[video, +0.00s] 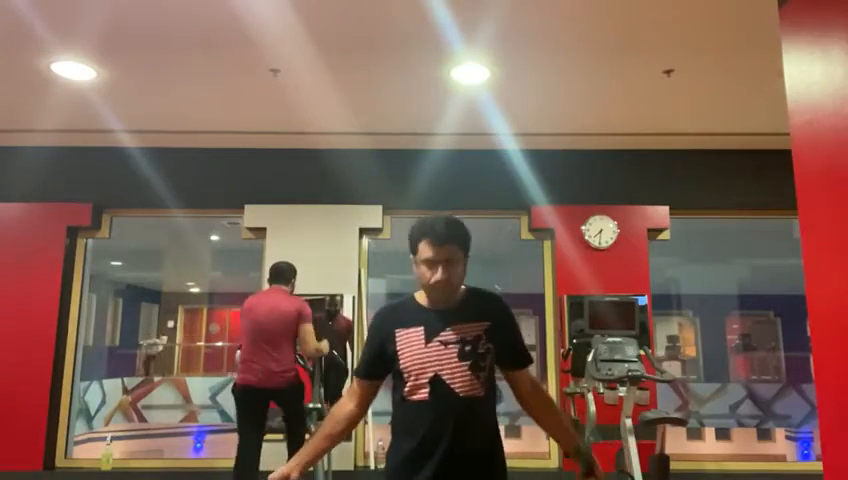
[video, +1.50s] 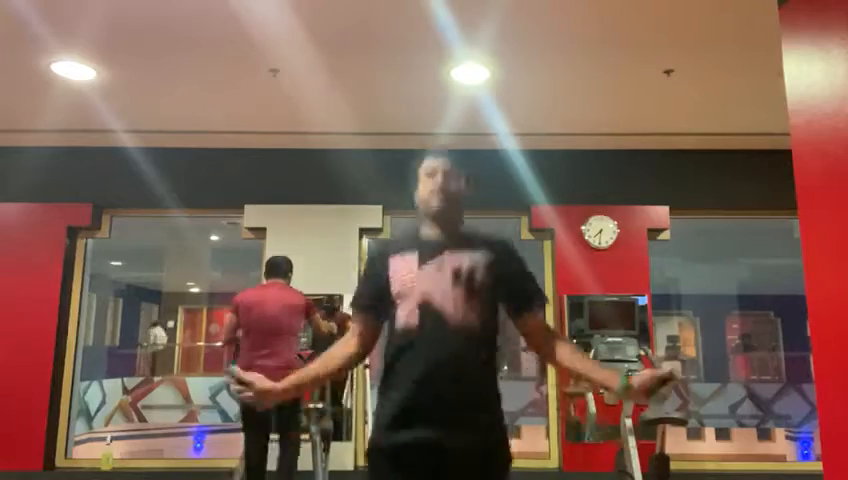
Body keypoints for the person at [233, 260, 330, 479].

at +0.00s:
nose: (294, 285)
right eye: (294, 282)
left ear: (269, 280)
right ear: (292, 282)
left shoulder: (249, 303)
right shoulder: (299, 306)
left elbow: (247, 342)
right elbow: (308, 350)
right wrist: (323, 347)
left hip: (249, 384)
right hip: (285, 383)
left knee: (248, 443)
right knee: (296, 429)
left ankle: (244, 476)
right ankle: (296, 473)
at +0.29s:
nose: (295, 283)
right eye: (296, 279)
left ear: (272, 277)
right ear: (296, 280)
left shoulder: (251, 300)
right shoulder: (305, 304)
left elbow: (235, 336)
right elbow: (326, 341)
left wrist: (255, 322)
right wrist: (325, 326)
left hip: (254, 382)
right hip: (290, 383)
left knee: (255, 426)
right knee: (286, 436)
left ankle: (252, 473)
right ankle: (283, 476)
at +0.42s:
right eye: (294, 281)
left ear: (270, 279)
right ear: (295, 281)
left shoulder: (250, 303)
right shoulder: (304, 305)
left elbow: (231, 343)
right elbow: (322, 337)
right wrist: (330, 327)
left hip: (253, 385)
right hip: (288, 386)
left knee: (256, 425)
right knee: (281, 439)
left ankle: (258, 470)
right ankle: (275, 473)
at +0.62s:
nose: (292, 279)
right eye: (293, 276)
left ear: (267, 274)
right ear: (291, 276)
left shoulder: (244, 298)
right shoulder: (301, 301)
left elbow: (226, 335)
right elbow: (319, 332)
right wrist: (333, 325)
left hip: (249, 380)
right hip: (285, 379)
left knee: (254, 441)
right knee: (288, 439)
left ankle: (253, 476)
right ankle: (286, 475)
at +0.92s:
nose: (290, 282)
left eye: (287, 277)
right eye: (291, 277)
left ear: (268, 276)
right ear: (291, 277)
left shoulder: (250, 302)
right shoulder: (298, 302)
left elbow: (242, 341)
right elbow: (307, 345)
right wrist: (321, 348)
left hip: (250, 383)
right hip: (286, 381)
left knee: (251, 441)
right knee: (294, 427)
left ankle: (245, 475)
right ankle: (293, 469)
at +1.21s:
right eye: (292, 280)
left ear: (268, 279)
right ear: (293, 281)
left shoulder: (249, 302)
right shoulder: (304, 304)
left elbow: (235, 339)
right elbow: (325, 339)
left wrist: (229, 365)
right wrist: (332, 326)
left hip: (255, 383)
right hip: (291, 384)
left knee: (256, 427)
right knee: (286, 435)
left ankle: (253, 471)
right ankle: (284, 475)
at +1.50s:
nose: (290, 279)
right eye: (290, 275)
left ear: (265, 274)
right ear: (290, 275)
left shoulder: (244, 297)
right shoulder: (299, 298)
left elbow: (227, 337)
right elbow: (320, 330)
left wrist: (243, 336)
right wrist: (331, 325)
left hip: (251, 375)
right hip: (287, 376)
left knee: (255, 440)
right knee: (289, 439)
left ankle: (254, 476)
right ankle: (285, 476)